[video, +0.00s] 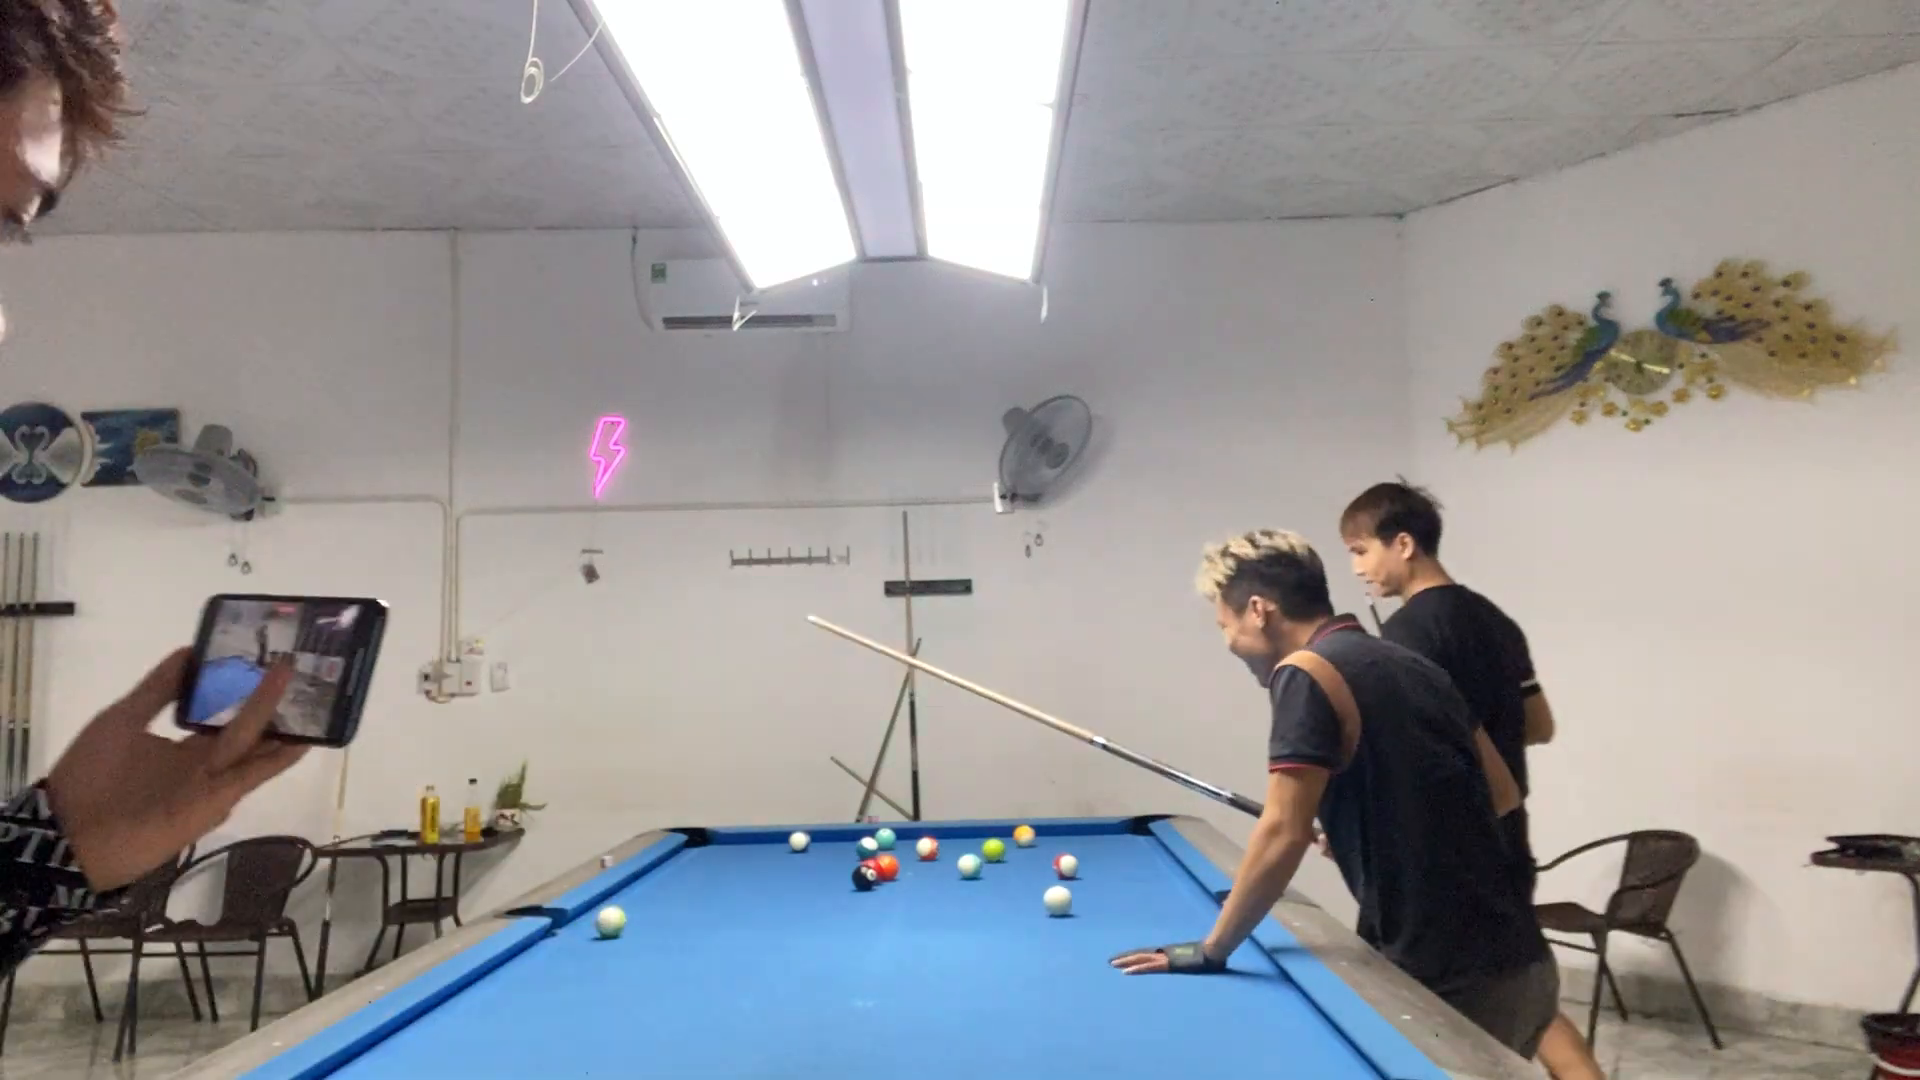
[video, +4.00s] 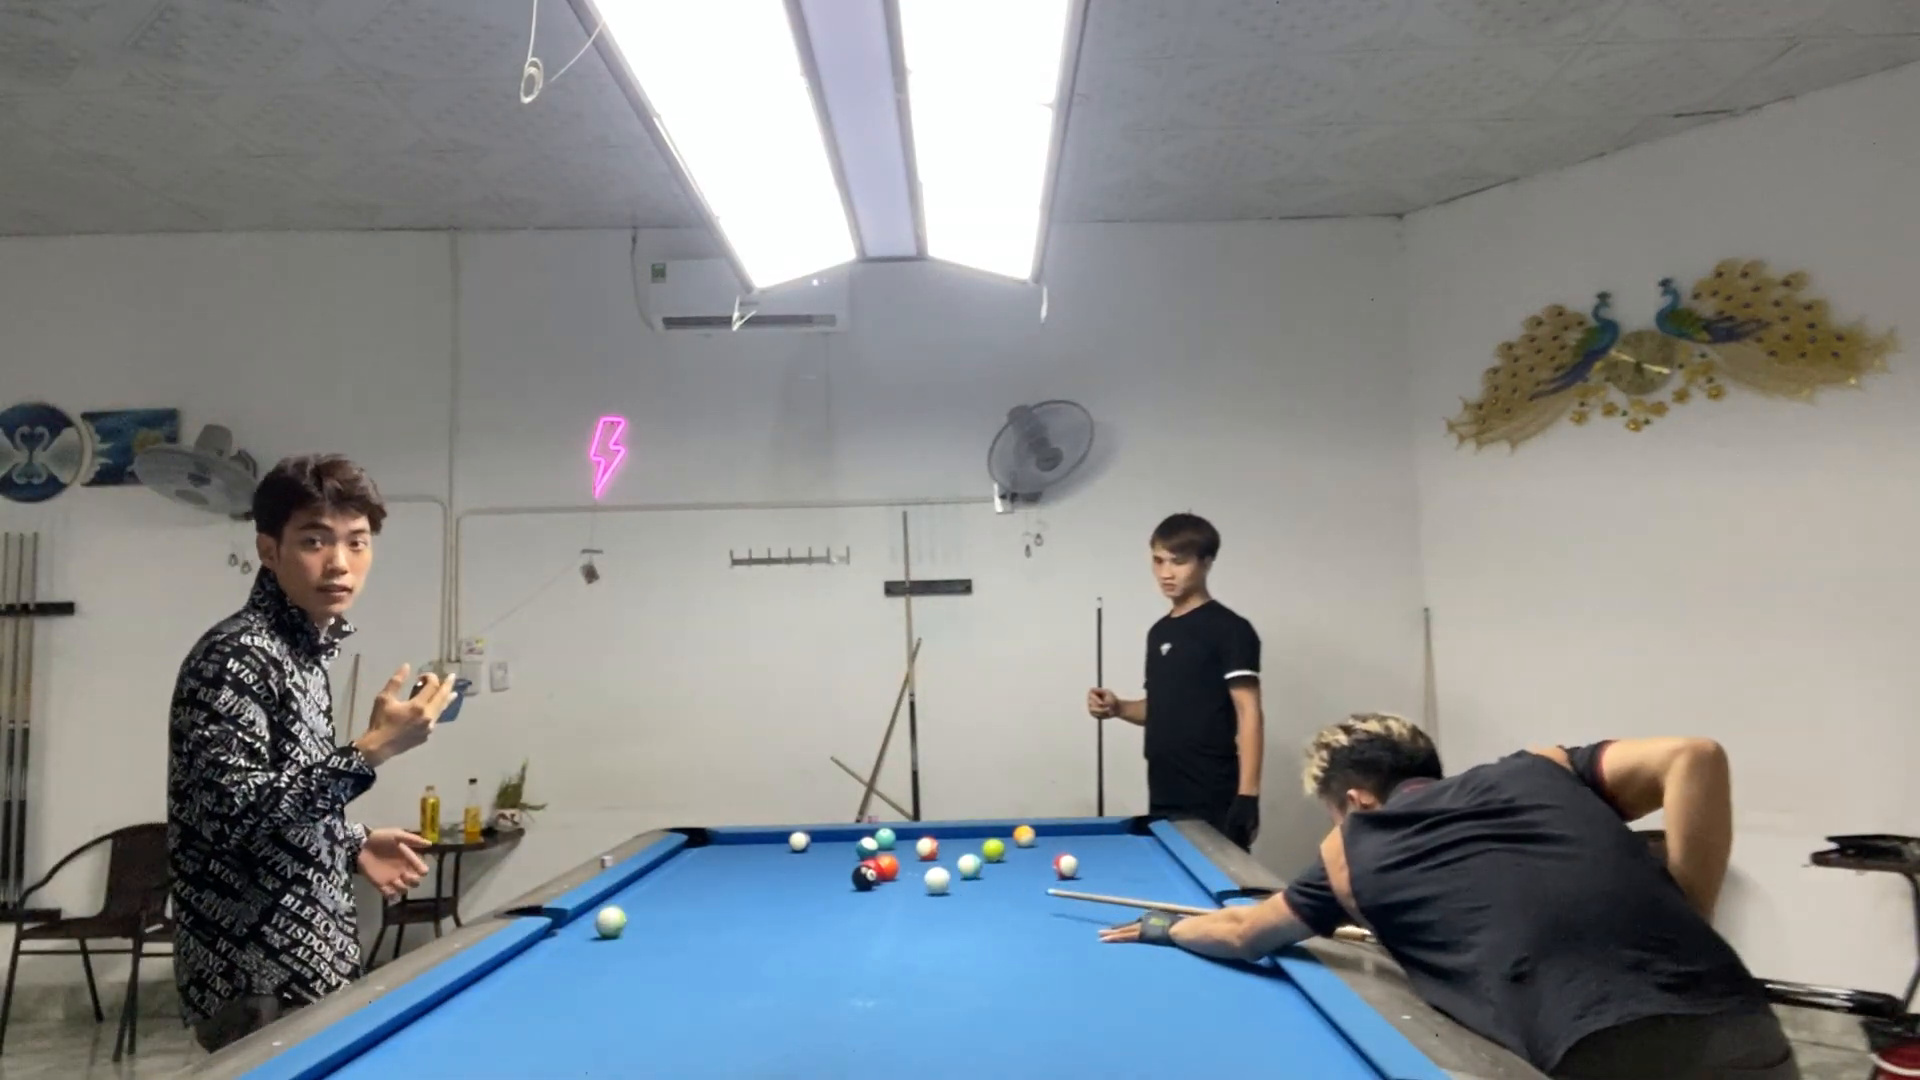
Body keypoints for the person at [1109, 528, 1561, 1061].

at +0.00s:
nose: (1228, 642)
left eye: (1225, 624)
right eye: (1223, 627)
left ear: (1260, 610)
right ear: (1320, 600)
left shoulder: (1309, 674)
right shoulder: (1416, 666)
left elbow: (1284, 831)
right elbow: (1503, 794)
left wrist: (1211, 950)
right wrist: (1363, 829)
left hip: (1447, 974)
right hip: (1515, 957)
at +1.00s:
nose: (1341, 680)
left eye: (1340, 661)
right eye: (1336, 663)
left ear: (1375, 650)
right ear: (1457, 637)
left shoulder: (1369, 715)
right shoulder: (1602, 695)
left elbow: (1299, 878)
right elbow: (1730, 846)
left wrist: (1248, 960)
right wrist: (1635, 919)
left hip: (1567, 1045)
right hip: (1732, 1034)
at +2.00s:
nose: (1329, 787)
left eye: (1328, 770)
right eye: (1327, 773)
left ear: (1360, 757)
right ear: (1436, 727)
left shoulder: (1353, 810)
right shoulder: (1555, 737)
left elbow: (1245, 910)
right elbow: (1717, 723)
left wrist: (1175, 927)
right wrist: (1852, 881)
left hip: (1607, 1062)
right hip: (1745, 1042)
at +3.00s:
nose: (1330, 829)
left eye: (1326, 818)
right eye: (1326, 821)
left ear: (1348, 803)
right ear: (1427, 772)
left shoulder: (1352, 847)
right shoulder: (1537, 762)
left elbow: (1243, 933)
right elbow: (1679, 716)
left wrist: (1175, 923)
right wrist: (1749, 885)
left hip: (1611, 1055)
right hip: (1745, 1036)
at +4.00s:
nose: (1336, 824)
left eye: (1332, 812)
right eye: (1332, 814)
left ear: (1356, 800)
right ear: (1428, 767)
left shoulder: (1354, 846)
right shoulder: (1539, 765)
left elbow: (1241, 934)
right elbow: (1695, 762)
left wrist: (1168, 921)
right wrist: (1687, 924)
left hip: (1608, 1052)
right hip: (1744, 1030)